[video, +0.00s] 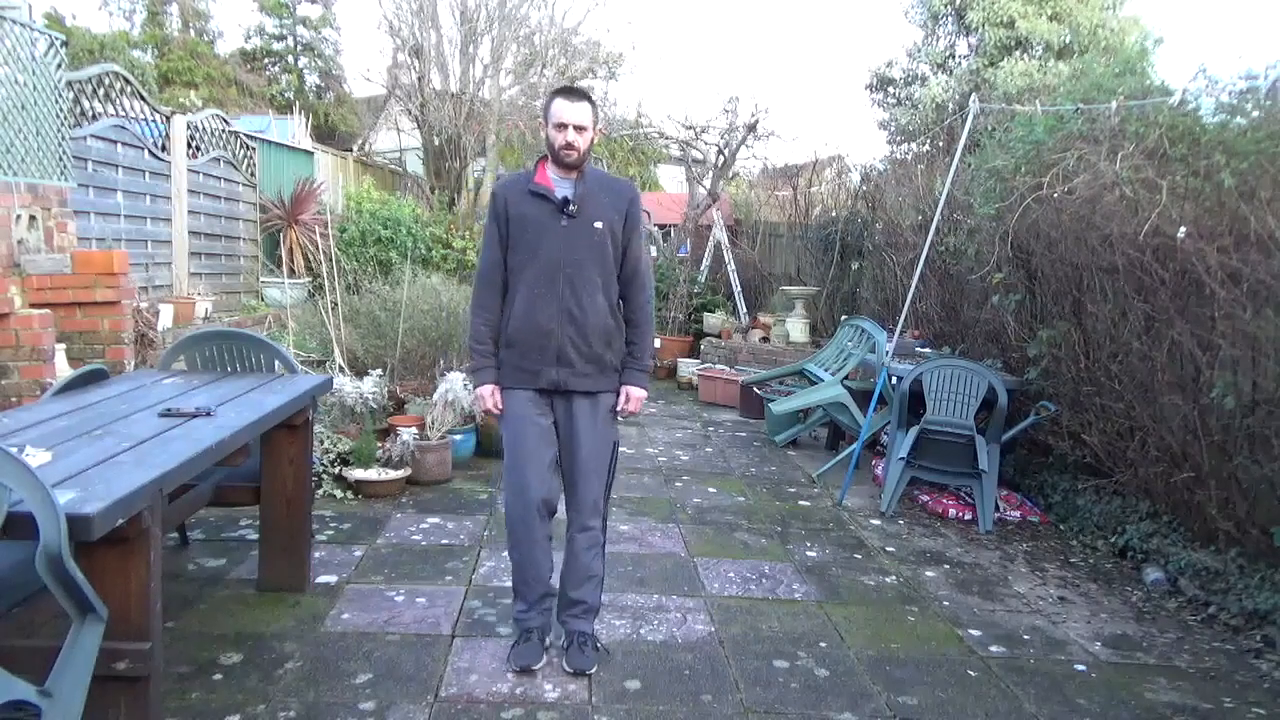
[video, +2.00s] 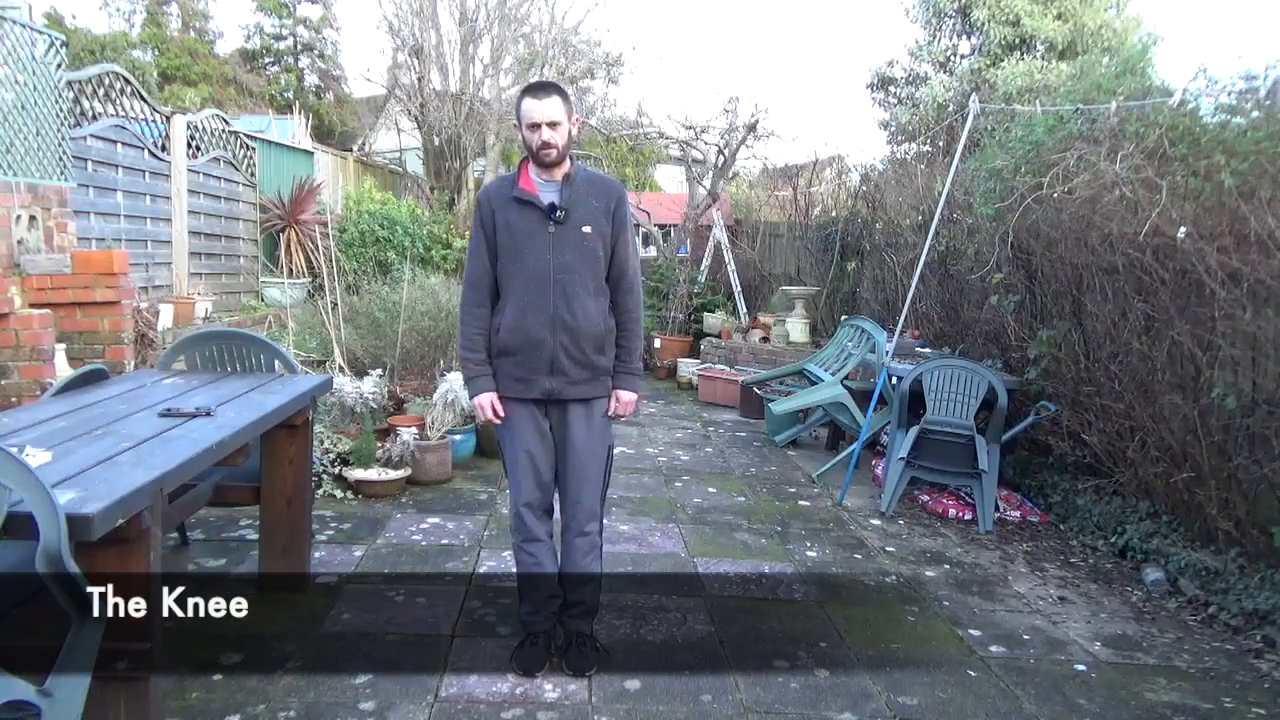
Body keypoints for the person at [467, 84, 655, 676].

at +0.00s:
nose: (570, 136)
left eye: (580, 127)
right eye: (561, 126)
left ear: (595, 133)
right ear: (544, 130)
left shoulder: (621, 196)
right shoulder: (510, 193)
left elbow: (638, 292)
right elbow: (488, 288)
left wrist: (637, 372)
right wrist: (484, 370)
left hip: (596, 378)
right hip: (521, 376)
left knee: (588, 510)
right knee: (529, 501)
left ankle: (580, 627)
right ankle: (529, 623)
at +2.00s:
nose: (543, 136)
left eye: (552, 125)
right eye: (532, 127)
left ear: (573, 125)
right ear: (520, 131)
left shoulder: (607, 194)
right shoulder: (494, 198)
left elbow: (627, 291)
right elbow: (475, 296)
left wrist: (628, 376)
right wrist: (477, 379)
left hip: (590, 378)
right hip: (516, 379)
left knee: (584, 509)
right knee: (529, 507)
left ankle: (580, 631)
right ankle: (536, 632)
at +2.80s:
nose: (560, 144)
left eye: (570, 134)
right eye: (550, 132)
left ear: (583, 136)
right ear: (529, 128)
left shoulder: (606, 197)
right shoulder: (493, 196)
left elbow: (625, 292)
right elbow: (464, 289)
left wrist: (627, 377)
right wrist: (495, 257)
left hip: (589, 377)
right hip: (516, 378)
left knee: (584, 510)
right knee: (528, 507)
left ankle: (580, 632)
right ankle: (535, 632)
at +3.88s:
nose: (555, 138)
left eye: (565, 128)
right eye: (545, 127)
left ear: (579, 133)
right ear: (526, 130)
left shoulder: (607, 198)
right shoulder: (494, 198)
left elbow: (626, 294)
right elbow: (467, 292)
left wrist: (628, 378)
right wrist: (492, 266)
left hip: (591, 378)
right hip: (517, 379)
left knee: (584, 509)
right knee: (529, 506)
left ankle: (580, 630)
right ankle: (536, 631)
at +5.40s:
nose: (539, 141)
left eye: (548, 130)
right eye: (529, 131)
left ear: (568, 129)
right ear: (515, 134)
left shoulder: (603, 195)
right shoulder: (491, 197)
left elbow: (625, 293)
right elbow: (468, 295)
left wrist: (628, 375)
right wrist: (485, 250)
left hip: (589, 379)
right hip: (516, 381)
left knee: (583, 513)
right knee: (528, 513)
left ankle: (580, 627)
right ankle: (536, 628)